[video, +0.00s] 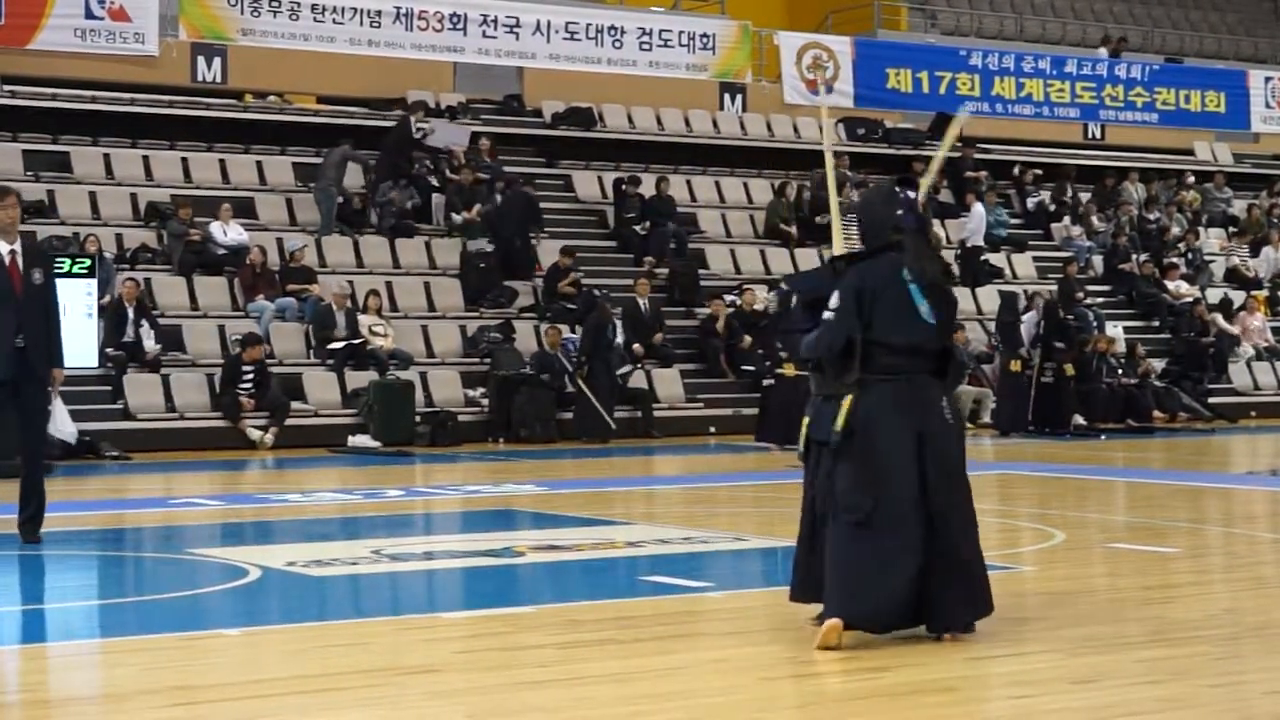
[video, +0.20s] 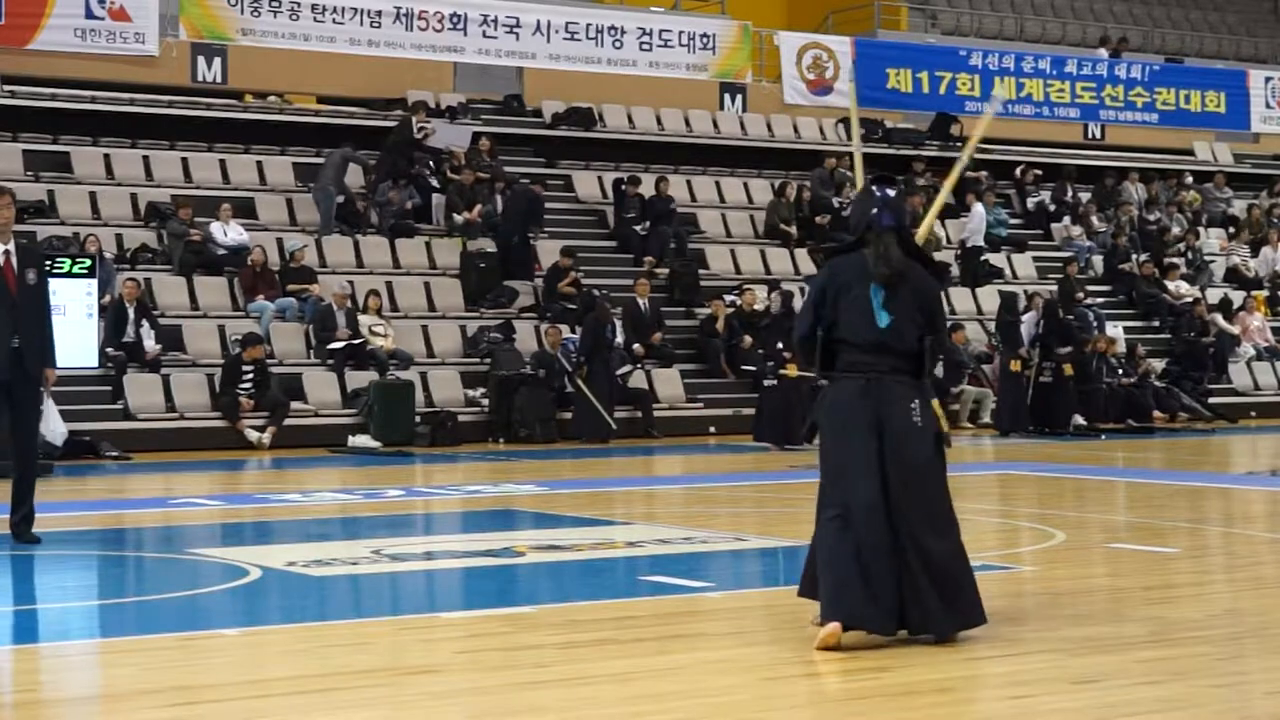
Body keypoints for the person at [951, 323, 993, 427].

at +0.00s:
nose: (965, 336)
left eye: (964, 333)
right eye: (962, 333)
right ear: (955, 335)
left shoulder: (962, 350)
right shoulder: (953, 350)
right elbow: (963, 363)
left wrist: (989, 354)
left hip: (963, 385)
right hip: (951, 386)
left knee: (987, 393)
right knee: (967, 392)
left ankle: (984, 419)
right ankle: (962, 421)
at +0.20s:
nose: (964, 336)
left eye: (964, 333)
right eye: (961, 333)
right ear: (953, 335)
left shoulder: (960, 349)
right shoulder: (950, 349)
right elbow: (964, 364)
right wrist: (971, 364)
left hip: (961, 385)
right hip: (949, 386)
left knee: (987, 393)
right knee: (969, 391)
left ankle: (984, 419)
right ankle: (962, 421)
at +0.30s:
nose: (964, 336)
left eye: (964, 333)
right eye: (961, 333)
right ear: (953, 335)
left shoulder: (961, 349)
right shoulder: (950, 349)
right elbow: (965, 365)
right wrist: (971, 364)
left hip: (960, 386)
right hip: (947, 387)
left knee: (987, 393)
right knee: (968, 392)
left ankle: (984, 419)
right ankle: (963, 421)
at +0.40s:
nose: (964, 336)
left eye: (964, 332)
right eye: (961, 333)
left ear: (964, 334)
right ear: (954, 335)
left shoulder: (962, 349)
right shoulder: (952, 349)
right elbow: (964, 364)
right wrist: (971, 364)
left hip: (962, 385)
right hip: (950, 386)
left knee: (987, 393)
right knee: (969, 392)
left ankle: (984, 419)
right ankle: (963, 421)